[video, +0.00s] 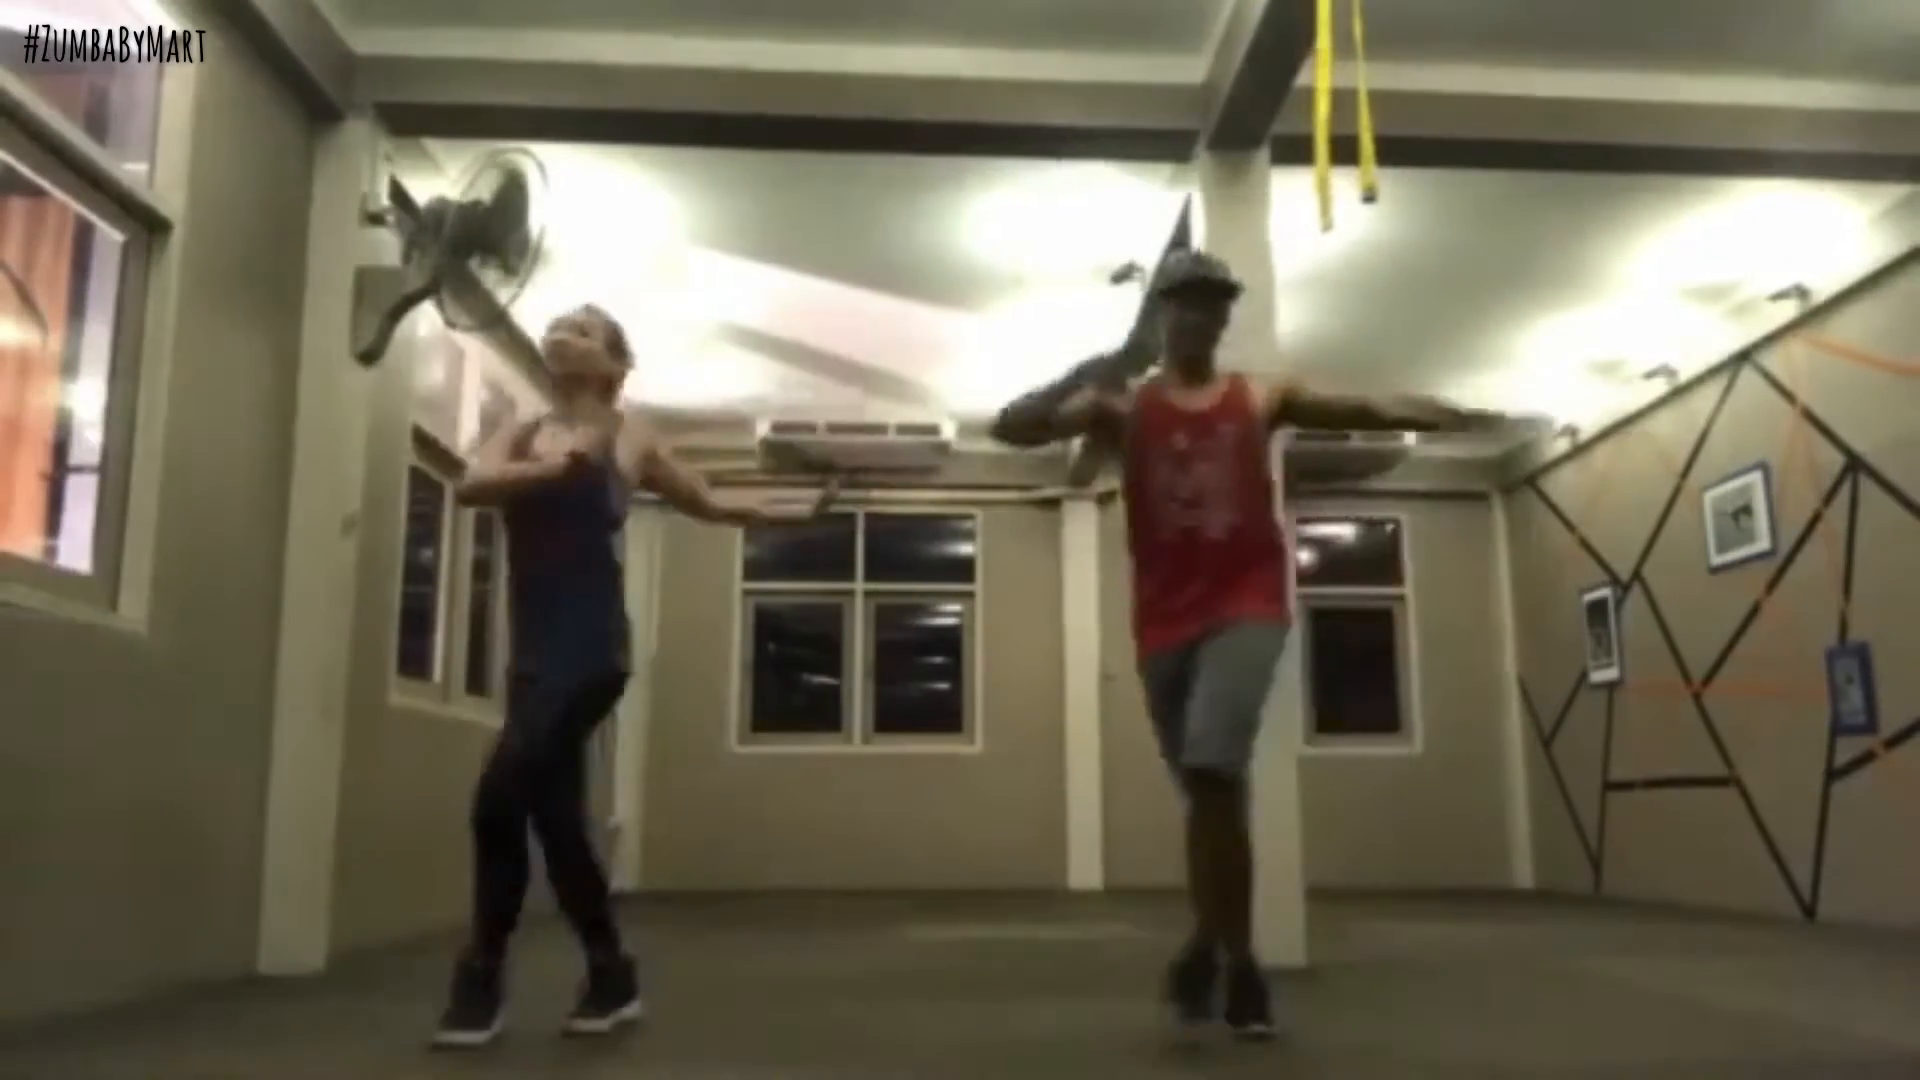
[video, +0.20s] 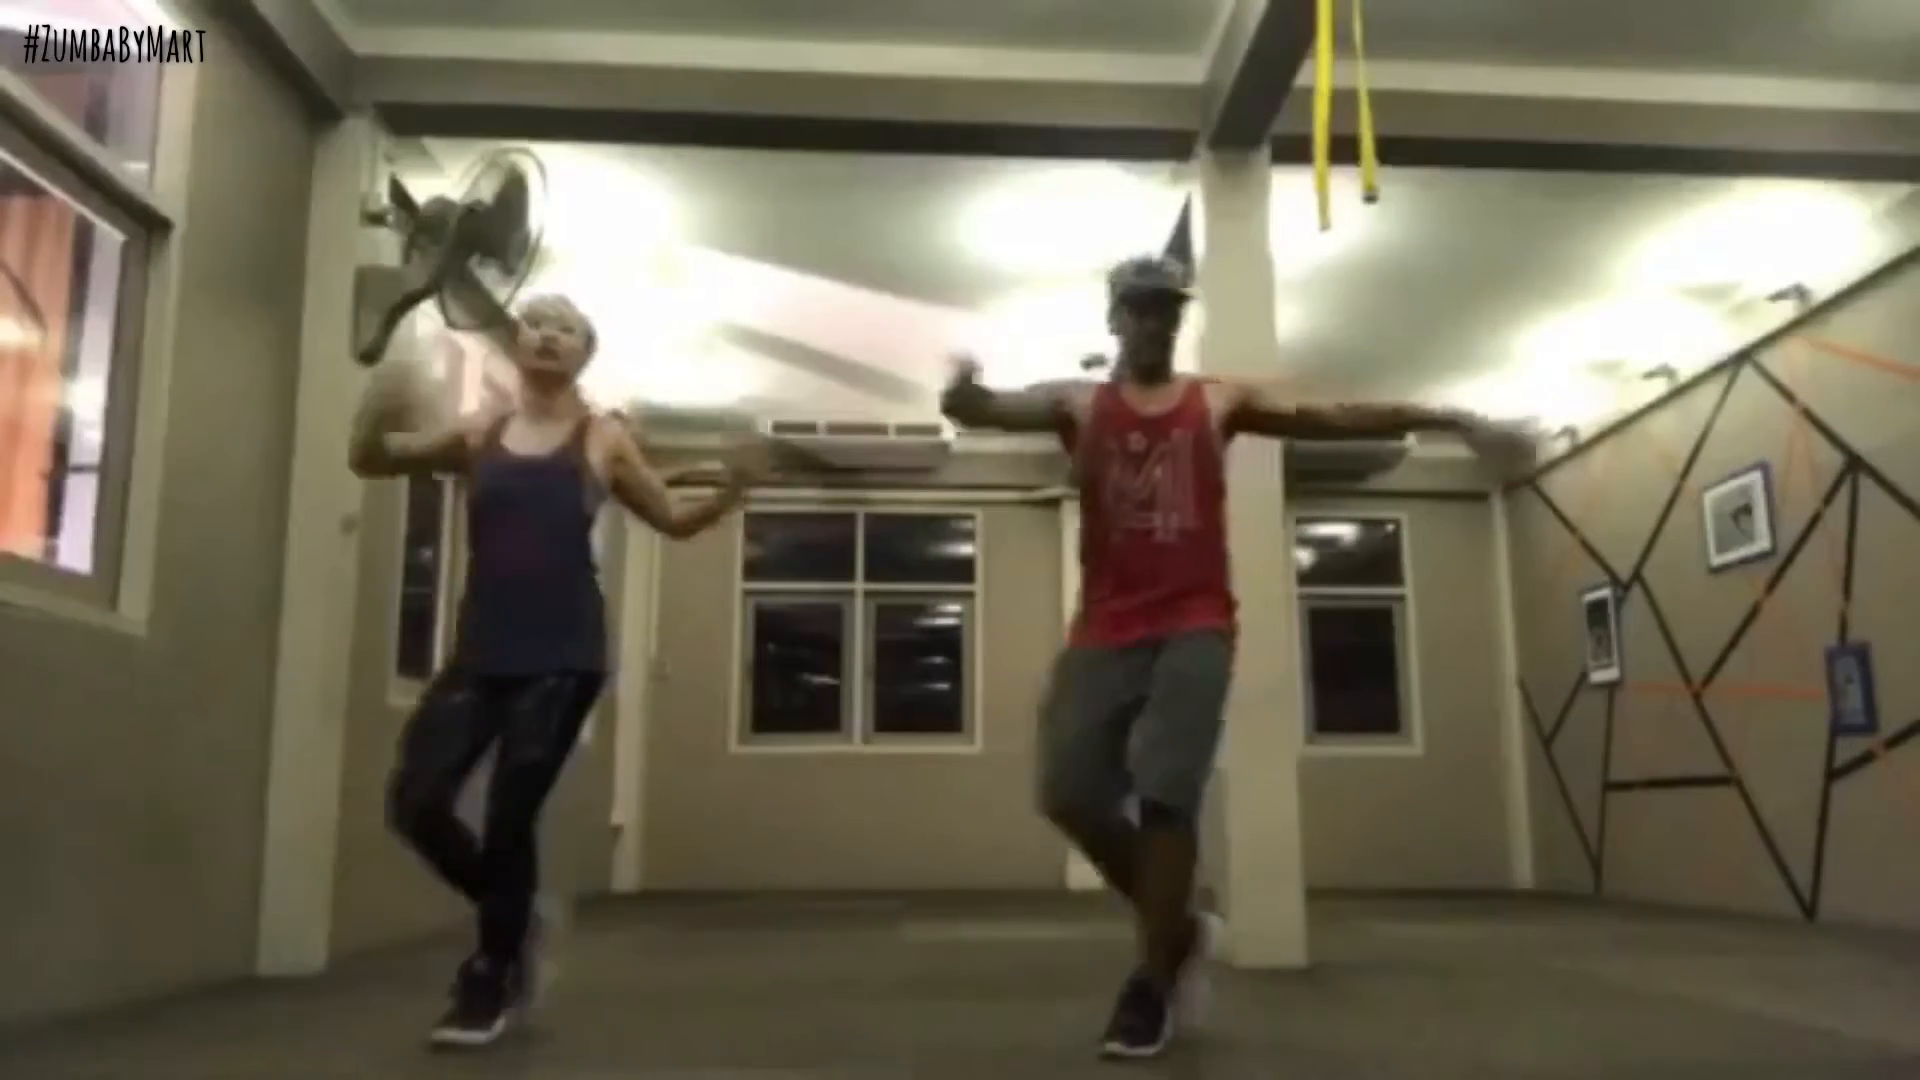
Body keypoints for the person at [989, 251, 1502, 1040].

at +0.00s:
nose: (1201, 320)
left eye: (1213, 308)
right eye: (1187, 307)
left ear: (1227, 317)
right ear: (1159, 316)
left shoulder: (1257, 397)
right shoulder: (1125, 408)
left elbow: (1362, 409)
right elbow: (1011, 427)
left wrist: (1440, 415)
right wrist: (1081, 389)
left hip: (1248, 605)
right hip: (1166, 618)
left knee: (1211, 767)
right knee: (1208, 790)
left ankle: (1207, 947)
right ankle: (1241, 970)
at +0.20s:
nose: (1150, 326)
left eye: (1163, 312)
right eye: (1137, 310)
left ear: (1181, 319)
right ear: (1113, 317)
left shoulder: (1218, 401)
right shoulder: (1078, 403)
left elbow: (1336, 416)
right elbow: (982, 411)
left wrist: (1458, 422)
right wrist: (964, 393)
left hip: (1193, 622)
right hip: (1104, 625)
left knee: (1164, 789)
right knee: (1069, 795)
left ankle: (1150, 983)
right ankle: (1177, 931)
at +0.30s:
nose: (1134, 321)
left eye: (1147, 308)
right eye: (1120, 307)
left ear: (1168, 314)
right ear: (1096, 314)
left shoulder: (1201, 392)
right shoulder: (1061, 391)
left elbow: (1296, 410)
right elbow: (956, 383)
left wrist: (1369, 386)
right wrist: (877, 353)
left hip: (1165, 627)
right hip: (1075, 621)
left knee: (1157, 802)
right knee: (1015, 763)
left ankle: (1143, 988)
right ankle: (1079, 908)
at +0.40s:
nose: (1116, 326)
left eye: (1131, 311)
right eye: (1103, 311)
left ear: (1158, 316)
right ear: (1079, 315)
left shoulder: (1183, 390)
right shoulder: (1047, 387)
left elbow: (1280, 425)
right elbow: (925, 372)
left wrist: (1265, 372)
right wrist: (821, 358)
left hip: (1148, 628)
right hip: (1054, 621)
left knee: (1147, 802)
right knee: (993, 770)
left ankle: (1136, 984)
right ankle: (990, 932)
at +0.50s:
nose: (1103, 343)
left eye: (1117, 328)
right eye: (1090, 327)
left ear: (1142, 339)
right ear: (1065, 336)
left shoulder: (1162, 430)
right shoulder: (1029, 410)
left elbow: (1255, 470)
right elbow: (911, 398)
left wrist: (1188, 432)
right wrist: (798, 394)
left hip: (1124, 651)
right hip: (1030, 650)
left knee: (1134, 814)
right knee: (982, 814)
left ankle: (1132, 987)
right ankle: (941, 966)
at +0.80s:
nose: (1096, 321)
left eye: (1110, 308)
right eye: (1084, 305)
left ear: (1127, 318)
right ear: (1057, 311)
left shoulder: (1146, 402)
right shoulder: (1013, 386)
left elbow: (1255, 416)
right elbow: (910, 365)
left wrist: (1313, 365)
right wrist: (896, 294)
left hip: (1121, 619)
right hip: (1027, 626)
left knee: (1154, 771)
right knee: (991, 799)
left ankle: (1188, 937)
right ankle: (948, 967)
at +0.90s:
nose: (1109, 338)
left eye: (1127, 324)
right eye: (1097, 322)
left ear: (1150, 334)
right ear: (1073, 327)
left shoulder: (1165, 409)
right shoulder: (1028, 394)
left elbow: (1277, 427)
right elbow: (918, 389)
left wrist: (1380, 400)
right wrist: (944, 314)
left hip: (1146, 633)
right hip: (1051, 637)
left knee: (1193, 794)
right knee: (1010, 807)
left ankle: (1242, 936)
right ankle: (950, 968)